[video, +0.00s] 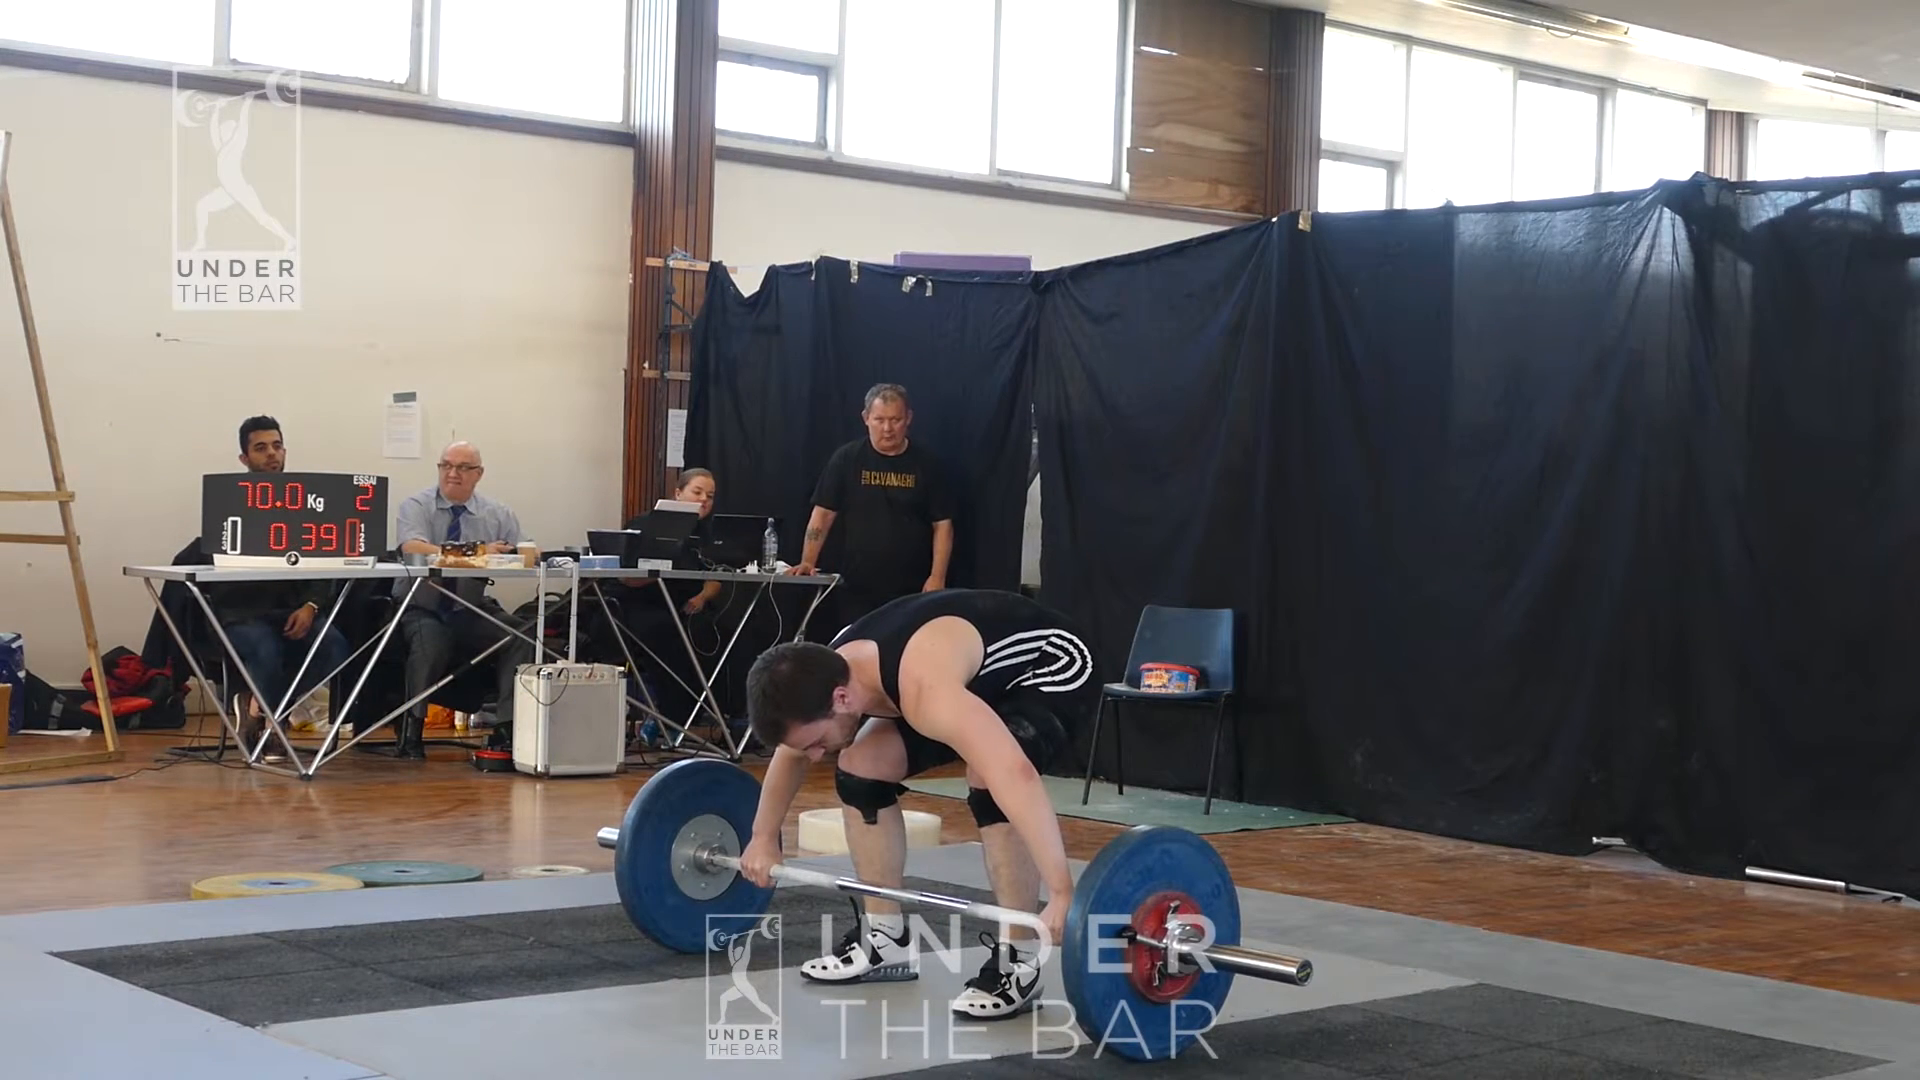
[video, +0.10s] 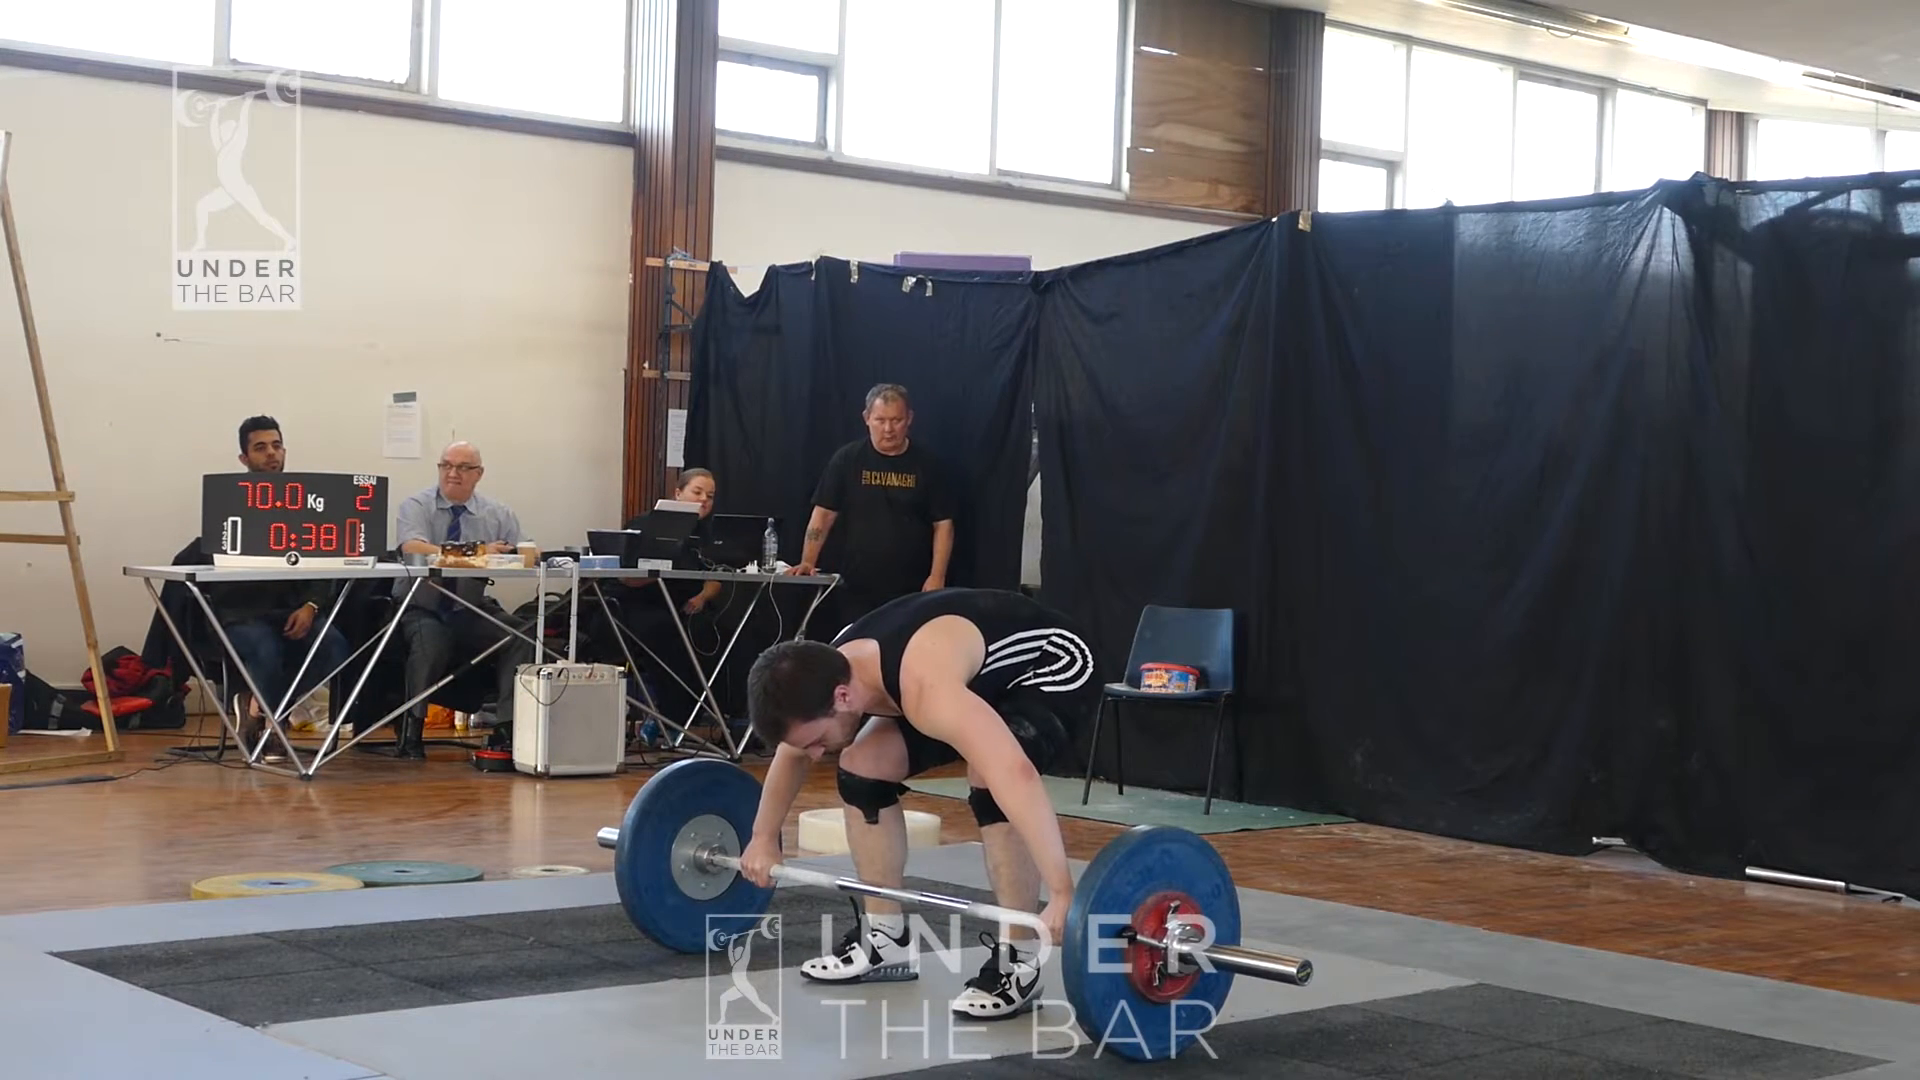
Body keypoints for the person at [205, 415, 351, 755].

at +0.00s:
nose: (272, 453)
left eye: (277, 446)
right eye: (261, 447)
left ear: (284, 450)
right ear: (245, 458)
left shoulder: (303, 497)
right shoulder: (233, 499)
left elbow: (328, 558)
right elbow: (220, 557)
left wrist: (312, 605)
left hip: (294, 607)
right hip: (244, 609)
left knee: (334, 647)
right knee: (265, 648)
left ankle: (256, 707)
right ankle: (274, 732)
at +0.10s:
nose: (271, 453)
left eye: (276, 445)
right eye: (261, 447)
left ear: (284, 450)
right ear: (245, 458)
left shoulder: (302, 497)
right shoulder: (233, 498)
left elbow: (328, 558)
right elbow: (220, 557)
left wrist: (312, 605)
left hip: (294, 607)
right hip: (244, 609)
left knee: (334, 647)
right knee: (265, 648)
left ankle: (256, 707)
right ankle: (274, 732)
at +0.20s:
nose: (271, 453)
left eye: (276, 445)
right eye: (261, 447)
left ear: (284, 450)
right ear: (244, 458)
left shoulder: (302, 497)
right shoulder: (233, 499)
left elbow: (328, 558)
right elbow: (220, 557)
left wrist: (312, 605)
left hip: (294, 607)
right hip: (244, 609)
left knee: (334, 647)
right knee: (265, 648)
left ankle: (256, 707)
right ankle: (274, 732)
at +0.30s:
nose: (271, 453)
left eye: (276, 445)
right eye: (261, 447)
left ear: (284, 450)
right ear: (244, 457)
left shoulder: (302, 496)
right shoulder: (233, 498)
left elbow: (327, 557)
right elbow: (219, 558)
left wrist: (312, 605)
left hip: (293, 607)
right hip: (244, 609)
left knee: (334, 647)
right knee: (266, 650)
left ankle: (255, 707)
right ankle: (273, 733)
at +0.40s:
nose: (271, 453)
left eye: (276, 445)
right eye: (261, 447)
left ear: (284, 450)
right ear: (244, 458)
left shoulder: (303, 497)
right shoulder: (233, 499)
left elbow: (330, 558)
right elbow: (221, 558)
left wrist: (312, 606)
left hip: (294, 607)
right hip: (244, 609)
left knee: (334, 648)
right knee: (265, 649)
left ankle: (257, 707)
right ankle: (274, 734)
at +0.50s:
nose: (272, 453)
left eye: (276, 446)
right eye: (261, 447)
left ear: (284, 450)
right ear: (245, 458)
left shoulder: (303, 497)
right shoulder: (233, 499)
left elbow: (330, 558)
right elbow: (220, 559)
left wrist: (312, 605)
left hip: (294, 608)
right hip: (244, 609)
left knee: (334, 647)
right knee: (265, 648)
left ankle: (256, 708)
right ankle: (273, 734)